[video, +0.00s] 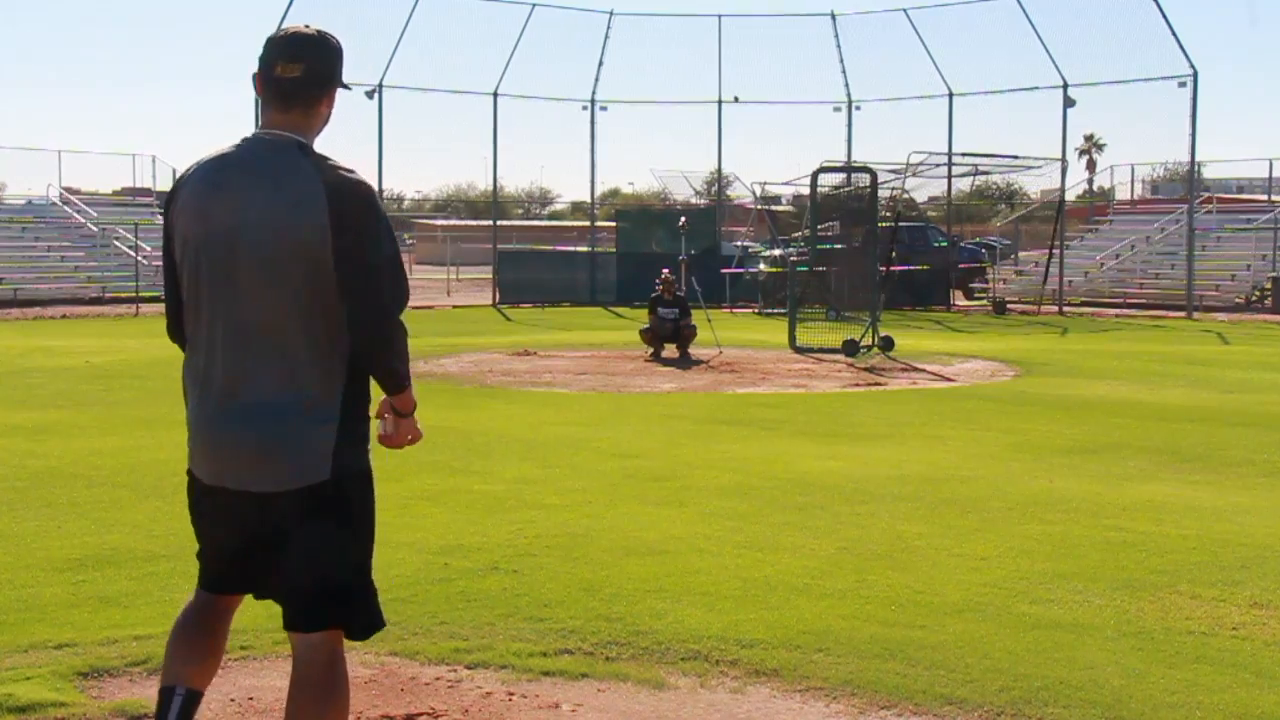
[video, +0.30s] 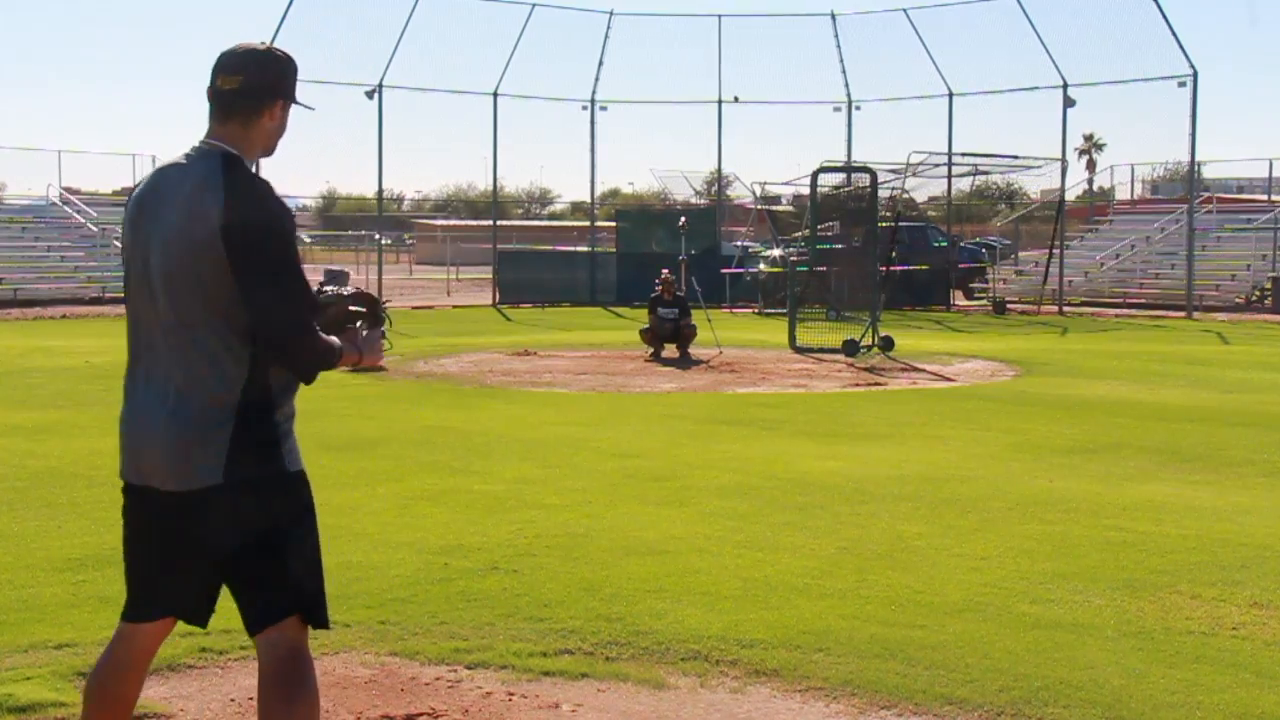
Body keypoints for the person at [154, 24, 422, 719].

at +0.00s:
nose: (331, 106)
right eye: (334, 95)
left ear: (257, 89)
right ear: (331, 99)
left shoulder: (191, 188)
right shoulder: (345, 193)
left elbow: (183, 323)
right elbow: (378, 320)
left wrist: (242, 369)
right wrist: (400, 397)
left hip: (216, 448)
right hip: (317, 452)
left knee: (215, 591)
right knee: (320, 634)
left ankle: (168, 714)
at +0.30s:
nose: (286, 124)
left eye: (287, 112)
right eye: (287, 111)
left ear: (213, 103)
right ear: (275, 112)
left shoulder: (148, 192)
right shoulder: (250, 200)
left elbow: (183, 317)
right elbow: (291, 343)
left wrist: (298, 306)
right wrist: (343, 352)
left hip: (151, 456)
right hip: (244, 458)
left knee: (141, 625)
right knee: (281, 639)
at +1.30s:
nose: (260, 155)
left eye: (266, 144)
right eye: (259, 138)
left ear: (225, 120)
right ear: (217, 112)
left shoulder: (231, 203)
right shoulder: (146, 189)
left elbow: (277, 315)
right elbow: (190, 295)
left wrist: (320, 267)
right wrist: (287, 265)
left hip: (204, 446)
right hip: (159, 448)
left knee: (183, 614)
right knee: (236, 615)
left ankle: (120, 717)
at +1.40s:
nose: (268, 148)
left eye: (274, 136)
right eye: (265, 131)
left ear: (236, 118)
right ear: (221, 107)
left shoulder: (250, 203)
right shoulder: (144, 186)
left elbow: (301, 313)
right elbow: (182, 286)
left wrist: (323, 256)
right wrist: (290, 243)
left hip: (232, 440)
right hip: (162, 447)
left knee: (279, 591)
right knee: (222, 622)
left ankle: (165, 711)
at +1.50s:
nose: (275, 147)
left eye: (280, 134)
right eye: (271, 129)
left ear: (241, 116)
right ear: (227, 106)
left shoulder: (259, 198)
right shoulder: (141, 182)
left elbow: (317, 310)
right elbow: (148, 271)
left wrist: (318, 247)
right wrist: (268, 228)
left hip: (254, 433)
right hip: (171, 444)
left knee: (322, 575)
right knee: (220, 620)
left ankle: (244, 712)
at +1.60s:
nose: (282, 147)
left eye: (288, 134)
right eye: (276, 128)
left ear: (250, 118)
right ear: (231, 107)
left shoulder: (271, 196)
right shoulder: (138, 178)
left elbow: (333, 308)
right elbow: (123, 253)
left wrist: (309, 229)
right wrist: (244, 210)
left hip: (259, 419)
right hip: (174, 443)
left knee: (338, 557)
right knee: (216, 620)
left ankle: (340, 717)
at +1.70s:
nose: (284, 150)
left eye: (294, 139)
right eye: (279, 133)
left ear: (294, 140)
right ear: (239, 111)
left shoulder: (281, 190)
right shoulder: (149, 174)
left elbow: (348, 301)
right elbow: (109, 241)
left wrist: (306, 215)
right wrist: (229, 190)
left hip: (270, 410)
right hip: (182, 439)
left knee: (344, 532)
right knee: (215, 618)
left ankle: (412, 701)